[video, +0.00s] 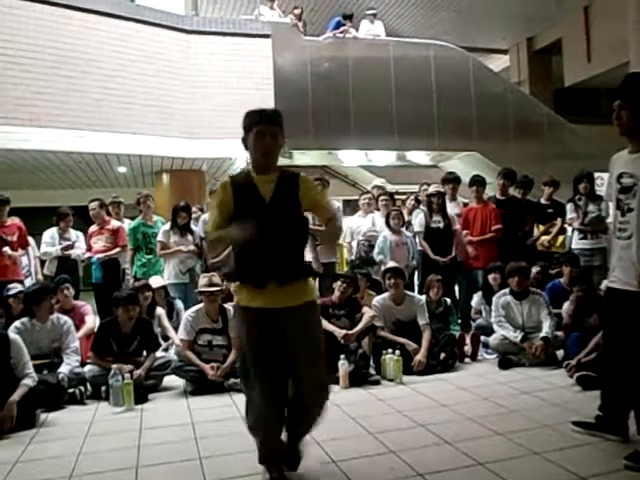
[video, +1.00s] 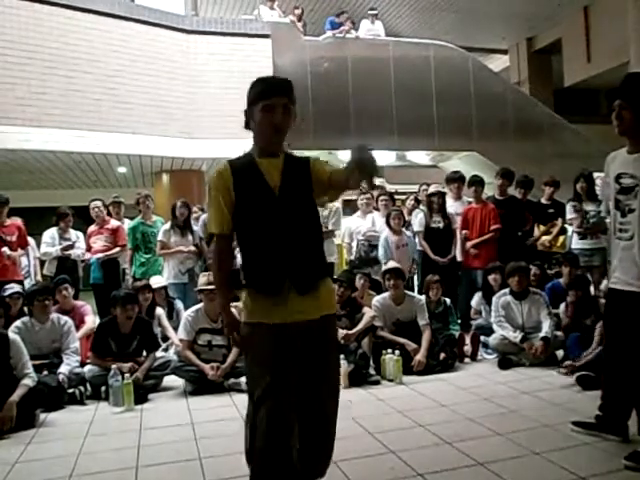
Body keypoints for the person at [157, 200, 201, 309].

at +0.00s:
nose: (182, 220)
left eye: (185, 218)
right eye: (180, 217)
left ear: (189, 218)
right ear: (175, 216)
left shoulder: (193, 231)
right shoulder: (166, 230)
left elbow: (200, 250)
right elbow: (160, 252)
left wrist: (193, 249)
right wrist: (178, 249)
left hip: (191, 274)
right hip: (174, 274)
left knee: (192, 308)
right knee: (180, 309)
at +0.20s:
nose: (182, 220)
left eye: (185, 218)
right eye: (180, 217)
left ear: (189, 218)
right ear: (175, 216)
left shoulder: (192, 231)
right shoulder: (166, 230)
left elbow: (201, 250)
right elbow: (160, 252)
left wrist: (193, 249)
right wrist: (178, 249)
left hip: (191, 273)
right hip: (174, 274)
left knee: (193, 308)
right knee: (179, 309)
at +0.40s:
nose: (182, 220)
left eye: (185, 218)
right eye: (180, 217)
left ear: (189, 218)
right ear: (175, 216)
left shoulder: (192, 231)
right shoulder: (166, 230)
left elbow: (200, 250)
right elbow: (160, 252)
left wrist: (193, 249)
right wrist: (178, 249)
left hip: (191, 274)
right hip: (174, 274)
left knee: (192, 309)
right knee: (180, 309)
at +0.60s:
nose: (182, 219)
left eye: (185, 216)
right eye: (180, 216)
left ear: (189, 217)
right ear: (175, 215)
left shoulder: (193, 231)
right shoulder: (166, 230)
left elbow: (201, 251)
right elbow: (160, 252)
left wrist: (193, 250)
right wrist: (178, 249)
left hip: (191, 274)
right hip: (174, 274)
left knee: (193, 309)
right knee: (179, 309)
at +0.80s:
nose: (182, 214)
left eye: (185, 211)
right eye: (180, 211)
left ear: (189, 214)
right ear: (175, 212)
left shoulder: (192, 231)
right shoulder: (166, 230)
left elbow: (199, 250)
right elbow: (159, 251)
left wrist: (193, 249)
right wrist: (178, 249)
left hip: (191, 274)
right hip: (174, 274)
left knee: (192, 309)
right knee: (179, 309)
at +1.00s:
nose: (182, 211)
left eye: (184, 208)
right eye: (179, 208)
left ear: (188, 211)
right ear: (174, 211)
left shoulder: (192, 230)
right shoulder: (166, 229)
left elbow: (200, 250)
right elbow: (159, 251)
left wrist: (192, 249)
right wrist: (179, 249)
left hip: (191, 274)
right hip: (173, 274)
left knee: (191, 309)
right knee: (178, 310)